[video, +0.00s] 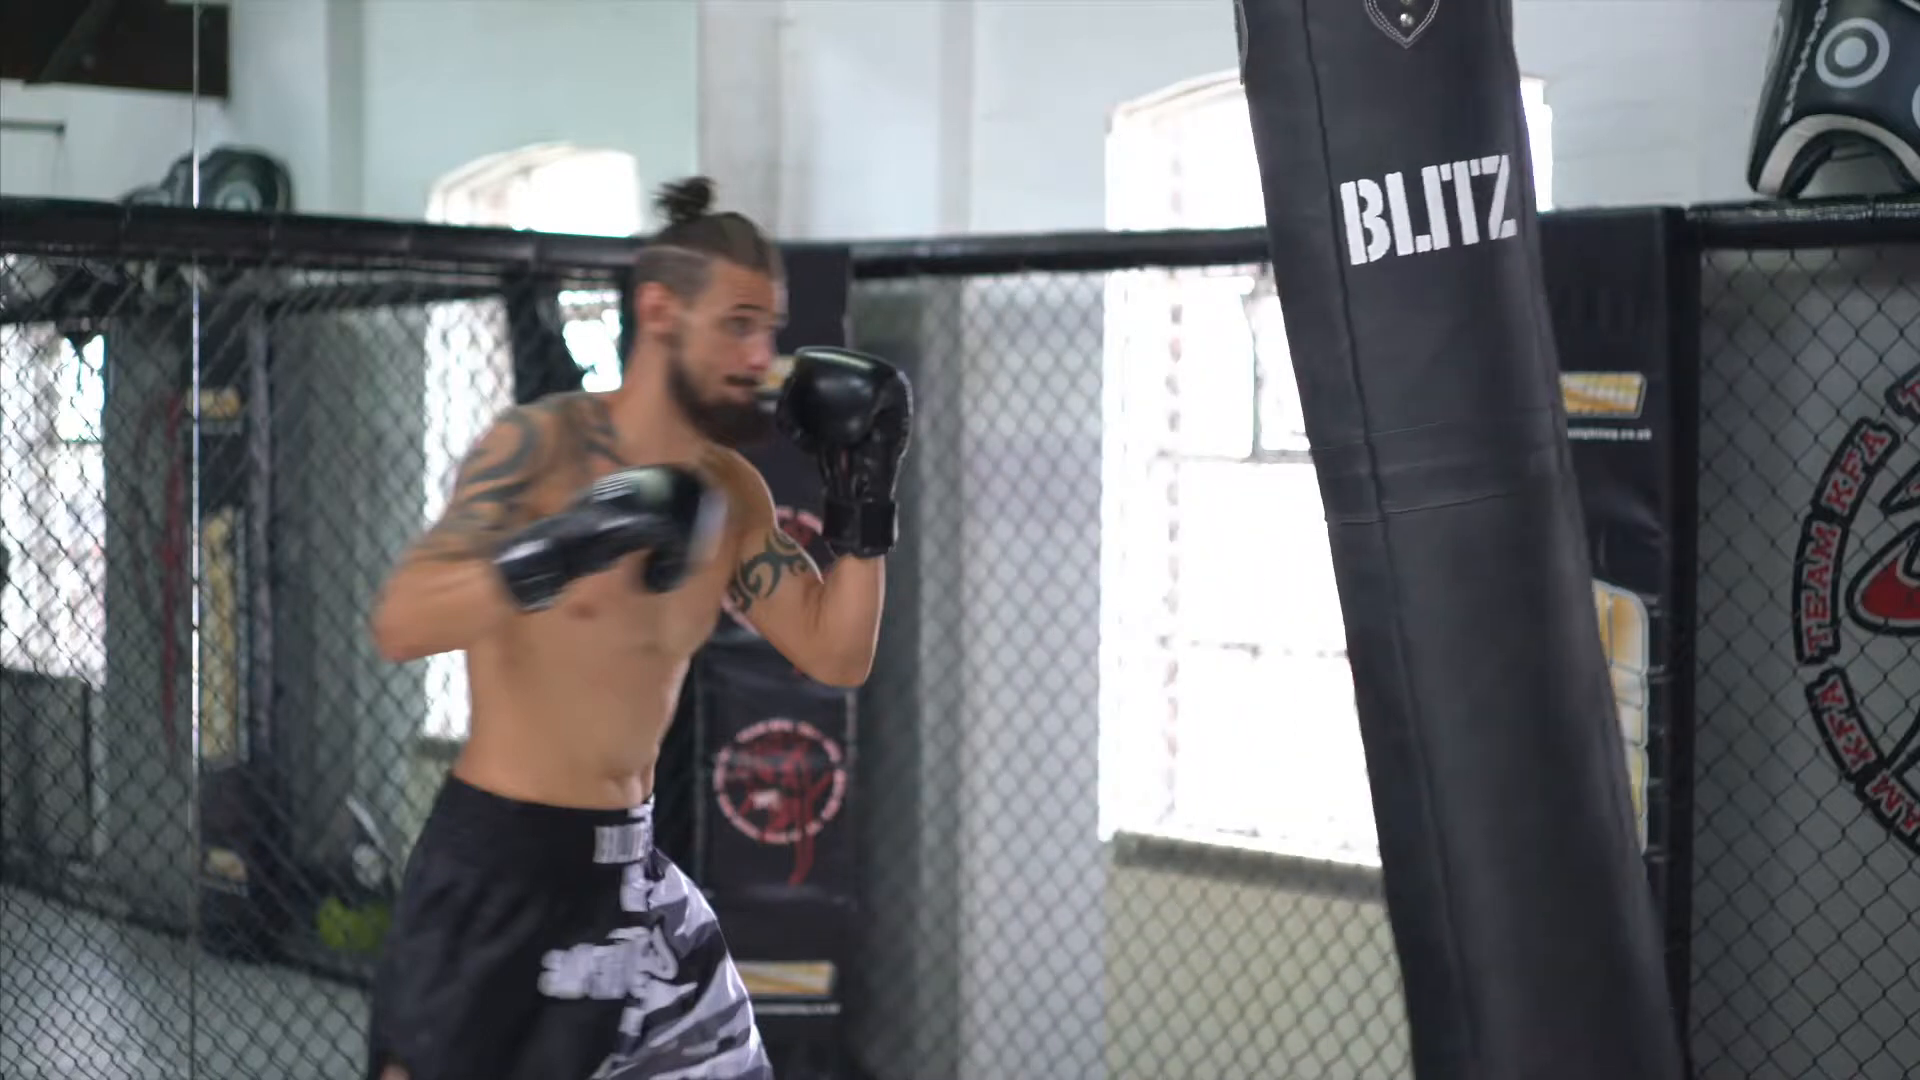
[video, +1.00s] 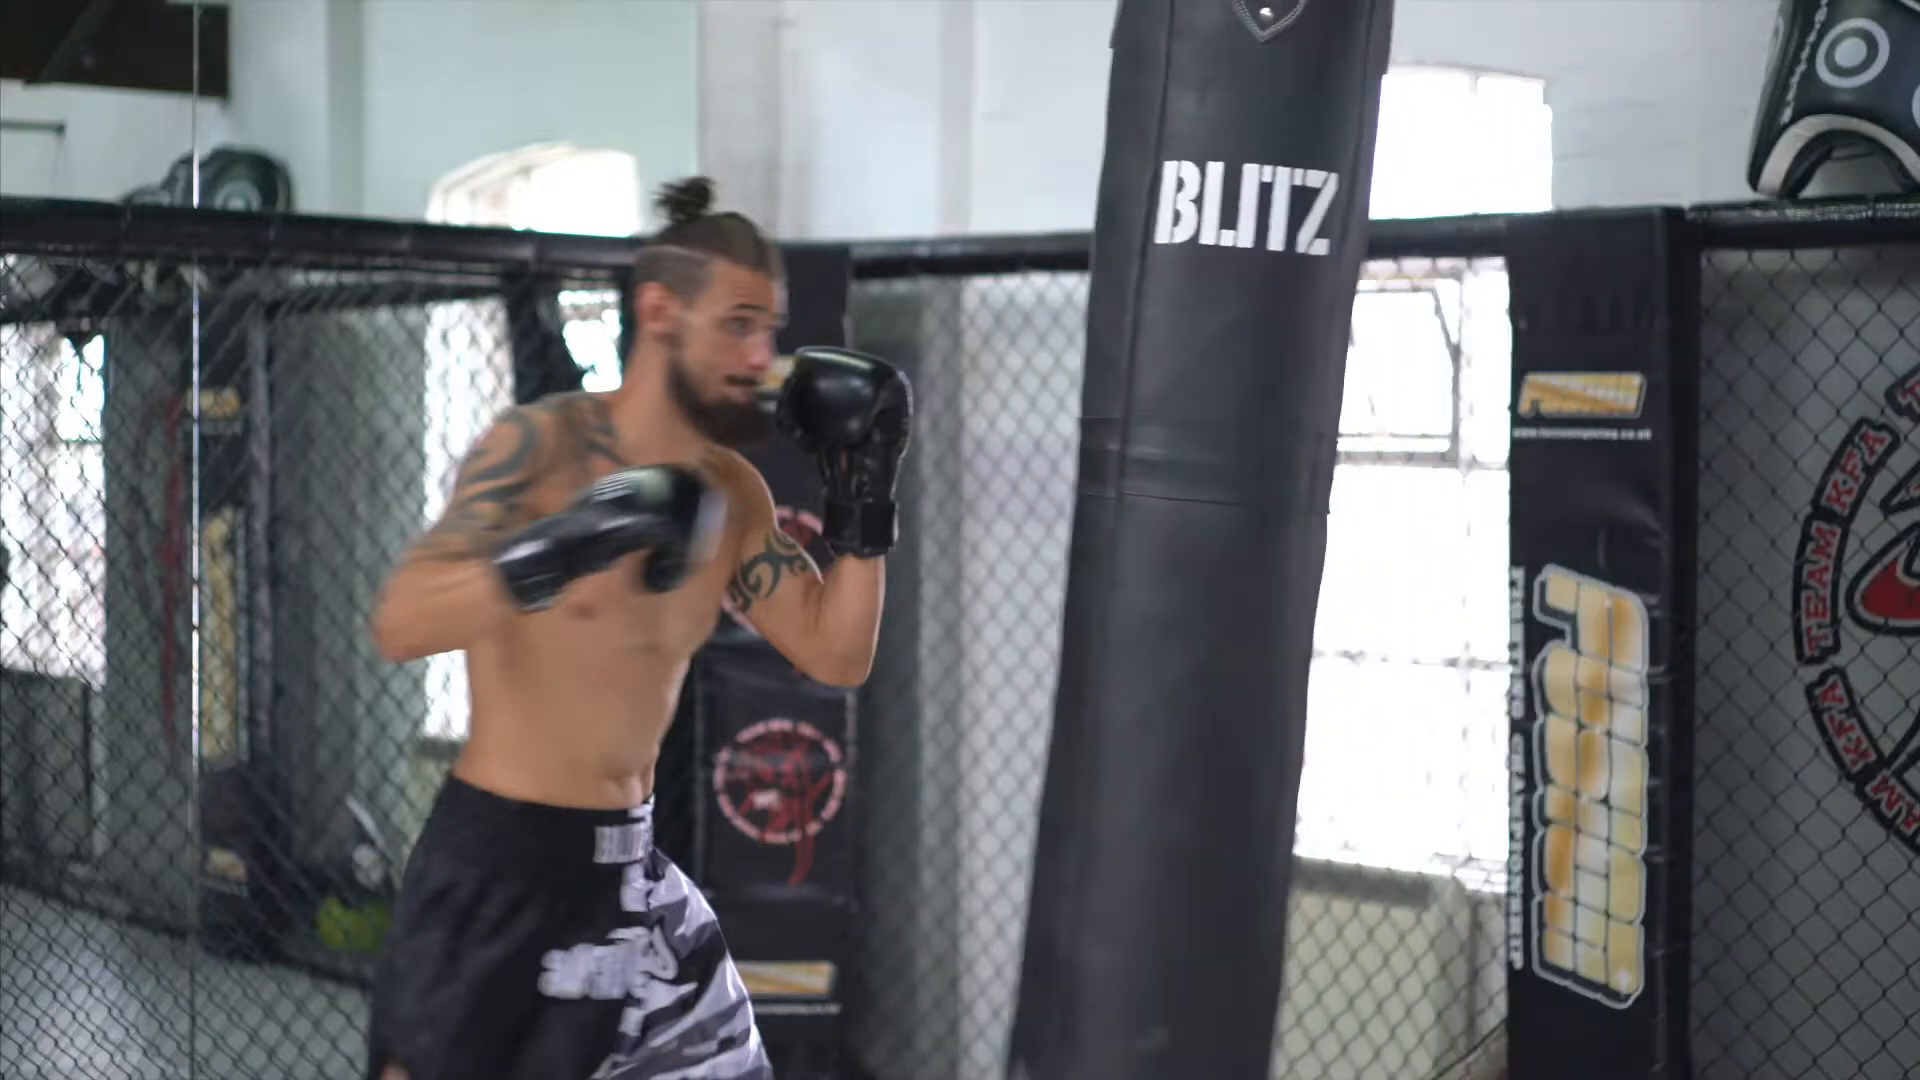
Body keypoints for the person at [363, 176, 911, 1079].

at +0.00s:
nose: (762, 358)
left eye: (772, 332)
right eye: (739, 326)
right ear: (656, 310)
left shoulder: (733, 492)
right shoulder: (540, 439)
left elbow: (839, 655)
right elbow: (401, 623)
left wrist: (865, 483)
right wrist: (568, 547)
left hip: (636, 867)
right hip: (500, 866)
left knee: (732, 1066)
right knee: (442, 1065)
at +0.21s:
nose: (762, 358)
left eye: (772, 332)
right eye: (739, 326)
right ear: (656, 310)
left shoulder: (733, 492)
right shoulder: (540, 439)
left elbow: (839, 655)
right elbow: (401, 623)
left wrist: (865, 483)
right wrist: (568, 547)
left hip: (636, 867)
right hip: (500, 866)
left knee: (732, 1066)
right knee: (442, 1065)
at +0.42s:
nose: (762, 358)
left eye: (772, 332)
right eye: (739, 326)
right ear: (656, 310)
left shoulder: (733, 492)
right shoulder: (540, 439)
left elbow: (839, 655)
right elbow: (401, 623)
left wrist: (865, 483)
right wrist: (568, 547)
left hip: (636, 867)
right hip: (500, 866)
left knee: (732, 1066)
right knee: (442, 1065)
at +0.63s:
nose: (762, 358)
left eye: (772, 332)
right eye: (739, 326)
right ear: (656, 310)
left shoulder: (733, 492)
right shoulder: (540, 439)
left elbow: (839, 655)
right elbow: (401, 623)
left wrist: (865, 482)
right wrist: (568, 547)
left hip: (635, 867)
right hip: (499, 867)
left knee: (732, 1066)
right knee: (440, 1065)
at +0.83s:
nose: (762, 358)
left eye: (772, 332)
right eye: (739, 326)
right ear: (656, 310)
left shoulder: (733, 492)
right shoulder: (540, 439)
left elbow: (839, 655)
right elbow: (401, 623)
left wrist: (865, 482)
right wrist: (568, 547)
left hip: (635, 867)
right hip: (499, 866)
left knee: (732, 1066)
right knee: (440, 1065)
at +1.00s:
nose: (762, 358)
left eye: (772, 332)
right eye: (739, 326)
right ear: (656, 310)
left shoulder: (733, 492)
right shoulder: (539, 439)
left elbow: (839, 655)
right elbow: (401, 623)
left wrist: (865, 483)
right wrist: (568, 547)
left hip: (636, 867)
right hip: (500, 866)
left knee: (732, 1066)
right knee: (442, 1065)